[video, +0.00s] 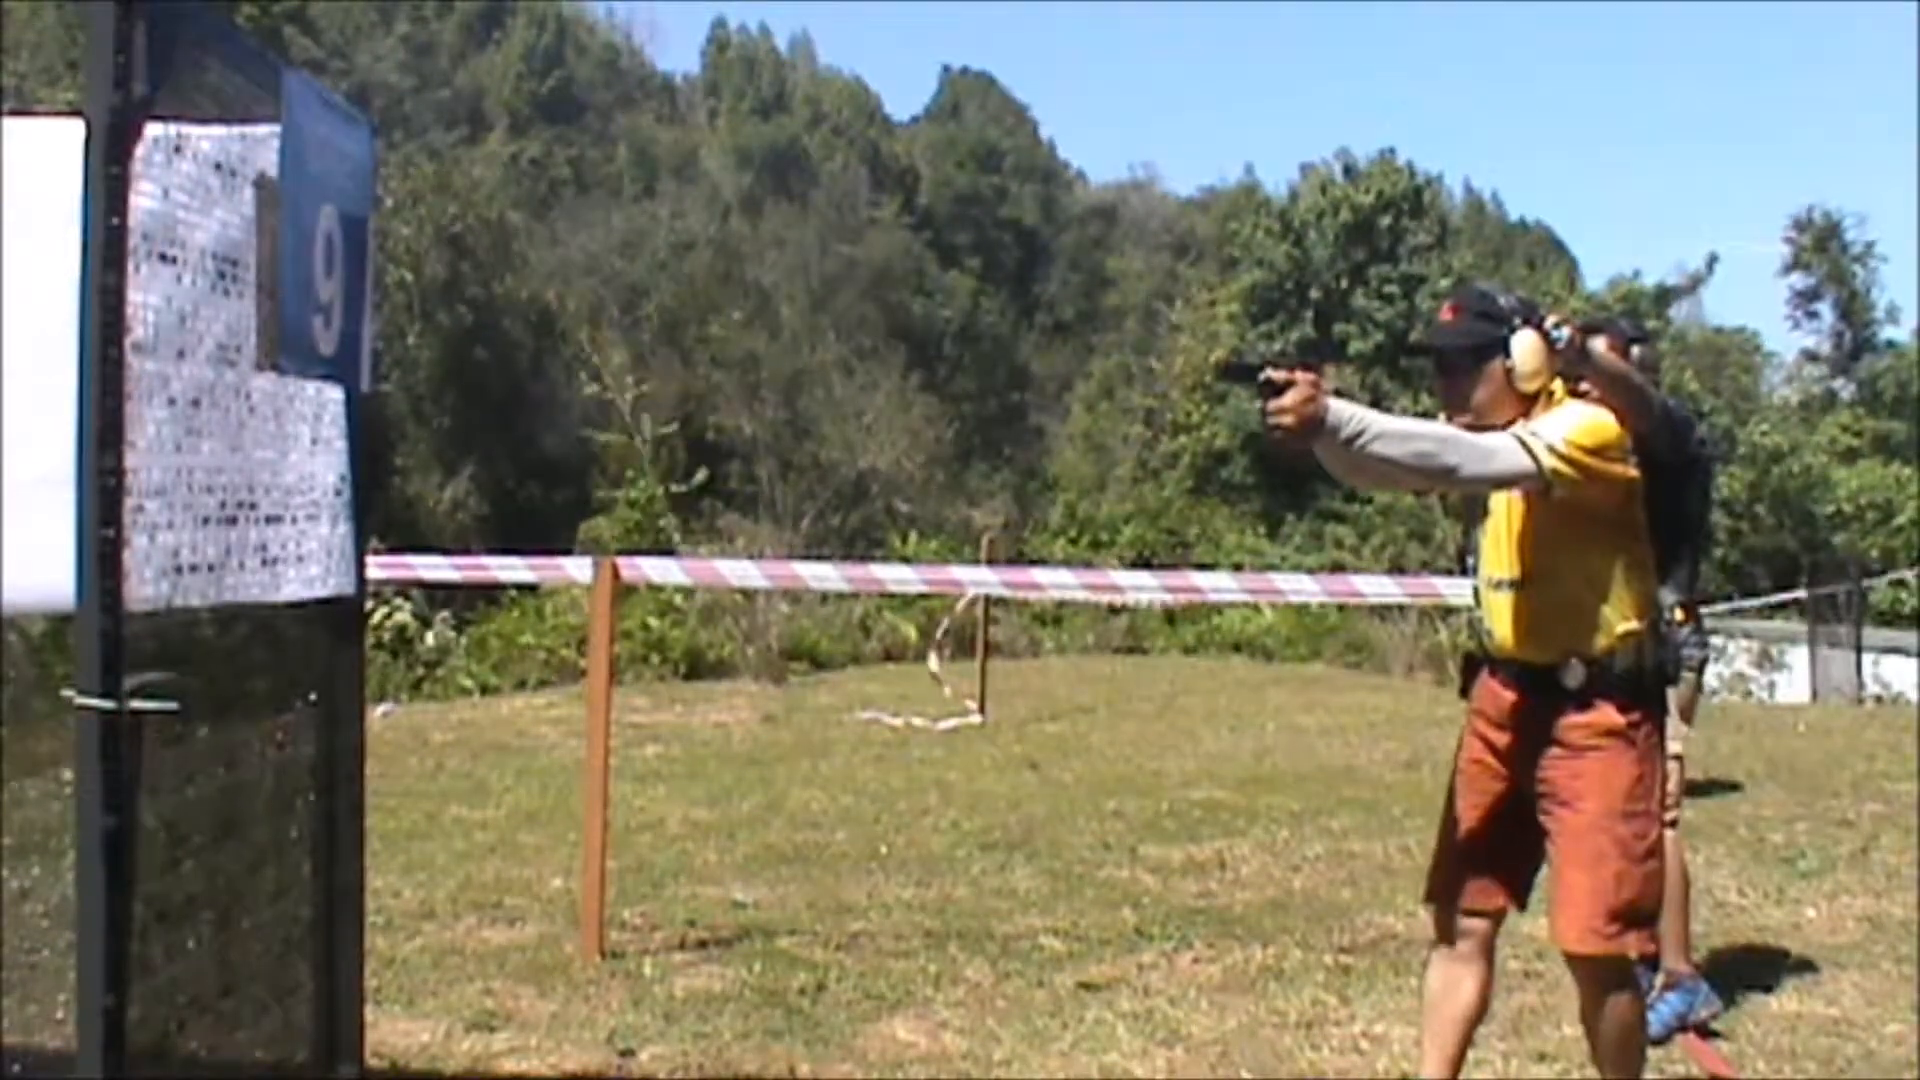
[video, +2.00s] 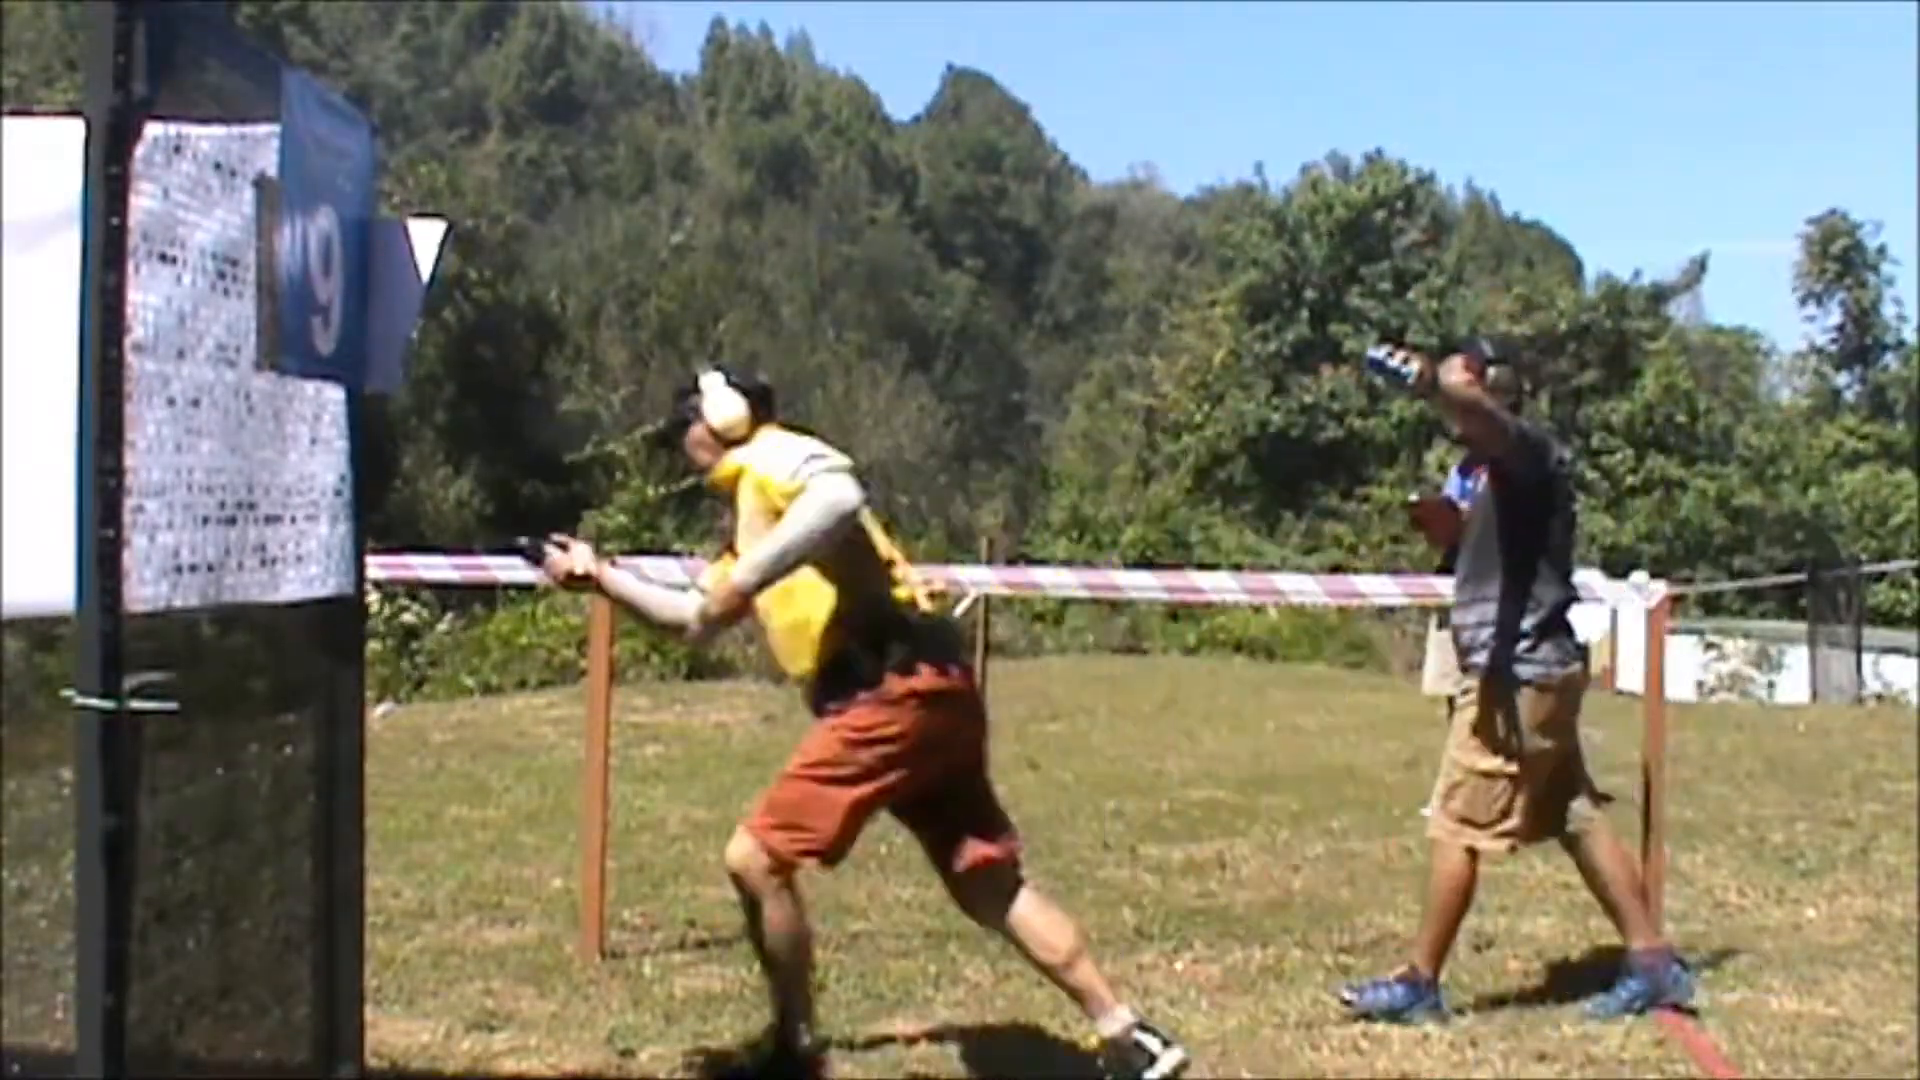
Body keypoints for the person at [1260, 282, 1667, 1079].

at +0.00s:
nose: (1448, 392)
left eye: (1462, 372)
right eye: (1441, 373)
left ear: (1514, 362)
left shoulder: (1591, 427)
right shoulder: (1497, 435)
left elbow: (1467, 460)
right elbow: (1402, 470)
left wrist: (1332, 412)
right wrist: (1320, 430)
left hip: (1601, 711)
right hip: (1505, 700)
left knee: (1597, 946)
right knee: (1463, 922)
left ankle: (1623, 1072)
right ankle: (1433, 1072)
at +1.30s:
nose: (1411, 417)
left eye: (1423, 405)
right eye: (1413, 404)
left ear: (1469, 421)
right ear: (1457, 423)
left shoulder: (1549, 486)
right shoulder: (1420, 481)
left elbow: (1455, 576)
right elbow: (1322, 565)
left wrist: (1321, 516)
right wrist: (1291, 508)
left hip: (1557, 751)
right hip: (1457, 734)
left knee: (1562, 962)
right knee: (1355, 896)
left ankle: (1609, 1073)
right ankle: (1355, 1066)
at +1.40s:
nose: (1389, 469)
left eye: (1402, 461)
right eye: (1394, 457)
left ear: (1441, 475)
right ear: (1423, 468)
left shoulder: (1523, 526)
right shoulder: (1394, 515)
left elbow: (1420, 618)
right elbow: (1297, 605)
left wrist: (1277, 570)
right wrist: (1247, 581)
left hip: (1535, 773)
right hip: (1433, 757)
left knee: (1548, 972)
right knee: (1311, 901)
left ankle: (1606, 1073)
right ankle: (1294, 1062)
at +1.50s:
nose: (1296, 509)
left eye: (1304, 495)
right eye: (1297, 495)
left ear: (1343, 502)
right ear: (1322, 507)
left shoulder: (1426, 544)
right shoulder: (1315, 564)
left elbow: (1422, 644)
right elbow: (1244, 633)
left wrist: (1314, 680)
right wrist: (1162, 620)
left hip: (1473, 796)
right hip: (1374, 785)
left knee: (1501, 990)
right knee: (1244, 904)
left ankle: (1590, 1072)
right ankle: (1201, 1064)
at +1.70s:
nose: (1035, 484)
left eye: (1046, 470)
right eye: (1037, 472)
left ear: (1081, 475)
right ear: (1082, 480)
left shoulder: (1119, 515)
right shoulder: (1097, 562)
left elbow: (1203, 560)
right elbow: (1053, 659)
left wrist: (1222, 683)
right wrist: (952, 623)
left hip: (1285, 761)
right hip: (1213, 779)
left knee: (1393, 954)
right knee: (1116, 901)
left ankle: (1529, 1070)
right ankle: (1173, 1067)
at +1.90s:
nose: (793, 475)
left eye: (800, 460)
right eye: (793, 464)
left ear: (832, 464)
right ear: (824, 482)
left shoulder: (878, 483)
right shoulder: (855, 575)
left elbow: (957, 470)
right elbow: (792, 646)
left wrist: (897, 569)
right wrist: (693, 602)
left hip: (1033, 703)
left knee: (899, 894)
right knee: (1033, 917)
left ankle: (1065, 1007)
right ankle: (1143, 1050)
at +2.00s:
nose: (684, 435)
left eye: (693, 420)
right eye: (684, 423)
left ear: (728, 418)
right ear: (731, 423)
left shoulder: (771, 451)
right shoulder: (749, 502)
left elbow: (838, 497)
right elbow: (697, 615)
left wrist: (738, 585)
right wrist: (598, 573)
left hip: (902, 686)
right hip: (917, 689)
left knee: (756, 859)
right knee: (993, 884)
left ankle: (794, 1049)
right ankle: (1126, 1034)